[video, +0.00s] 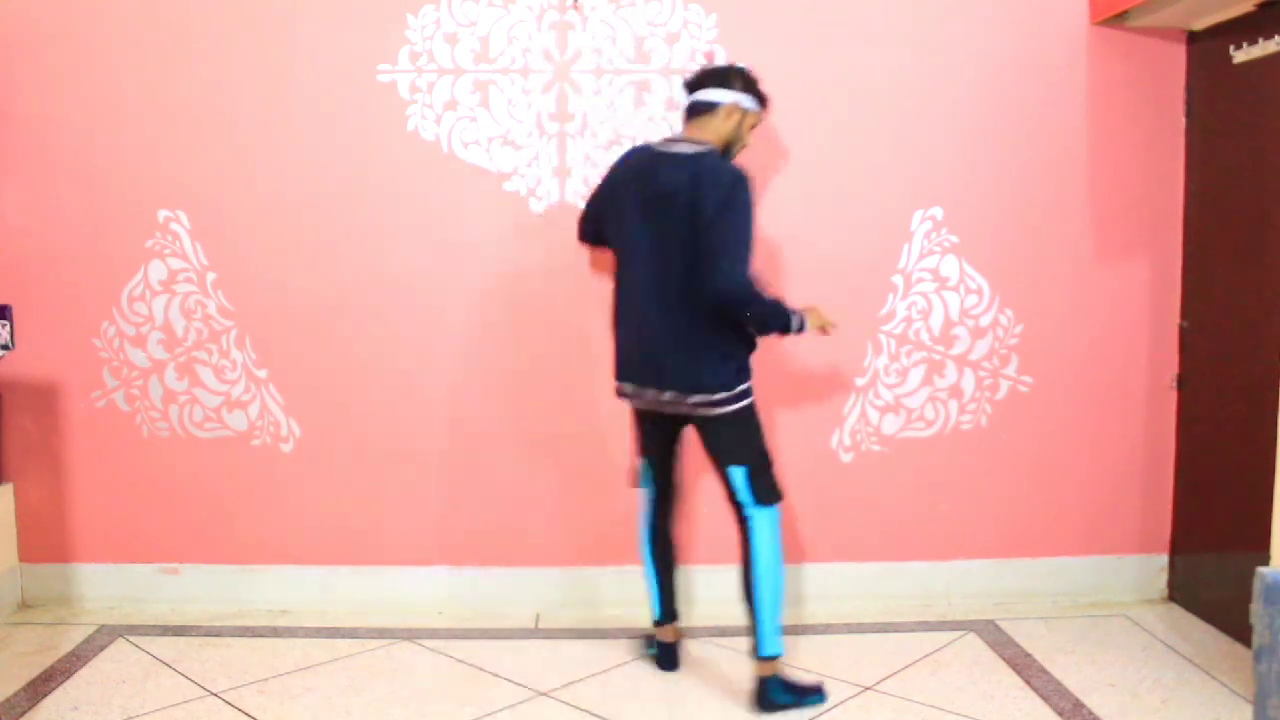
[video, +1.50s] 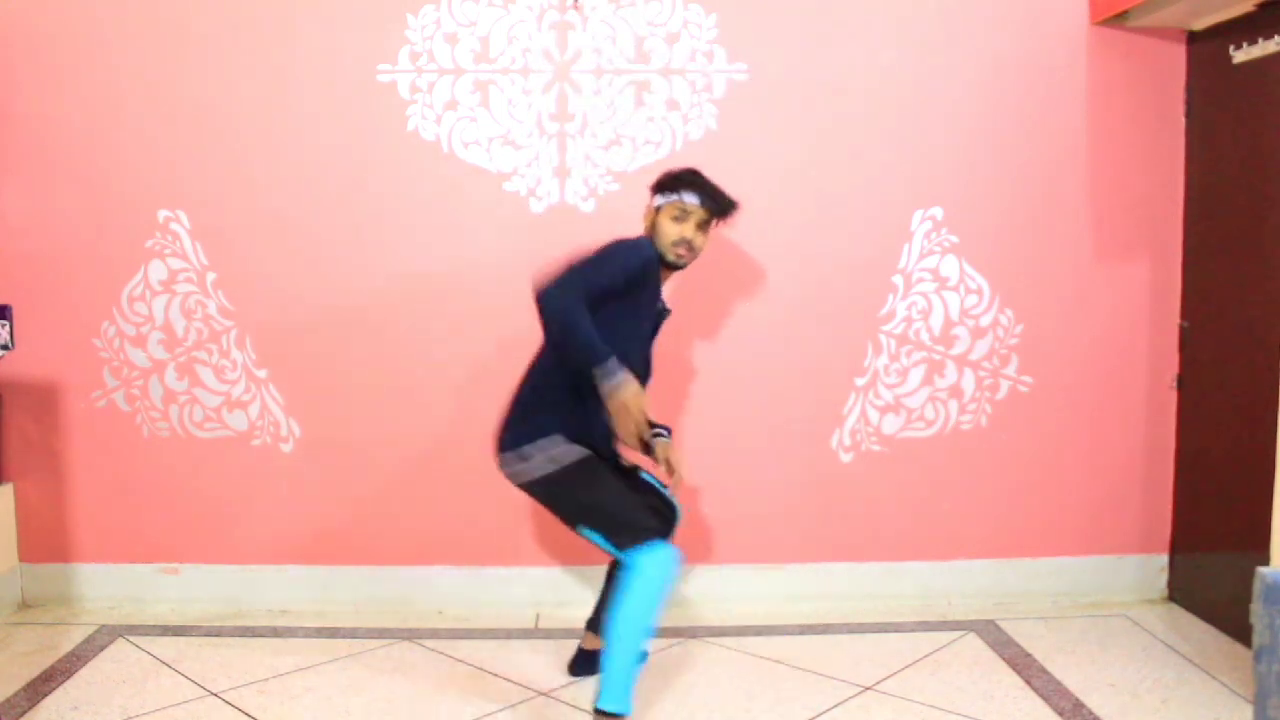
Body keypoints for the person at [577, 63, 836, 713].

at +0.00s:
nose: (749, 136)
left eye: (752, 124)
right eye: (750, 123)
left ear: (692, 110)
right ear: (731, 115)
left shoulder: (634, 164)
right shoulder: (723, 181)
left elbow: (594, 227)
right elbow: (725, 287)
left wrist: (657, 239)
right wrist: (793, 319)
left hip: (644, 377)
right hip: (713, 381)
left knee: (655, 495)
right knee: (759, 508)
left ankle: (665, 638)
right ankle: (769, 675)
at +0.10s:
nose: (768, 133)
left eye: (768, 123)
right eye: (767, 123)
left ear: (710, 119)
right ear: (752, 121)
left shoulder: (660, 173)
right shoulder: (765, 183)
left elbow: (609, 244)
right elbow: (796, 270)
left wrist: (653, 295)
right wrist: (805, 325)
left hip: (644, 384)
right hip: (728, 391)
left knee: (614, 489)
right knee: (779, 508)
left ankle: (606, 636)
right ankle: (810, 657)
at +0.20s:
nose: (771, 160)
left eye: (769, 149)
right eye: (770, 149)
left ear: (713, 153)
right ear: (758, 152)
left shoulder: (669, 215)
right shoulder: (778, 217)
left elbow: (643, 316)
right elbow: (788, 322)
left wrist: (666, 373)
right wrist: (795, 377)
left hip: (658, 407)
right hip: (742, 412)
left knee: (607, 511)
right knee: (797, 515)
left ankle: (563, 650)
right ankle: (812, 661)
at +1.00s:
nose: (748, 239)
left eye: (753, 229)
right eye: (748, 224)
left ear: (694, 212)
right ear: (721, 210)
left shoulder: (635, 258)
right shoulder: (719, 250)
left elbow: (647, 381)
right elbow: (705, 333)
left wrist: (720, 411)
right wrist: (743, 418)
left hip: (592, 439)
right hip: (657, 439)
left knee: (603, 510)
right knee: (764, 507)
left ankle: (599, 647)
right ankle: (783, 659)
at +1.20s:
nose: (713, 239)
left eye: (724, 231)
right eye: (707, 220)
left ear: (729, 235)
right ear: (676, 209)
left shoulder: (639, 254)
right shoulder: (662, 256)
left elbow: (664, 304)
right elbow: (653, 305)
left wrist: (715, 315)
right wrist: (713, 315)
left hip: (569, 443)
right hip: (619, 445)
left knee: (632, 513)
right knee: (730, 567)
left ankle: (603, 647)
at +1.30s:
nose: (691, 245)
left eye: (704, 238)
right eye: (684, 227)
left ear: (709, 244)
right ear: (656, 217)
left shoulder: (625, 267)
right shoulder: (641, 281)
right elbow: (613, 376)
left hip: (581, 458)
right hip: (608, 461)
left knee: (645, 526)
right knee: (725, 589)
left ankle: (603, 650)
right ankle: (627, 711)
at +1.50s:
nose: (689, 234)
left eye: (702, 226)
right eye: (679, 217)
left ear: (709, 237)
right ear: (653, 216)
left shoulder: (651, 300)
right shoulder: (633, 256)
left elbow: (619, 384)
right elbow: (558, 296)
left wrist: (650, 437)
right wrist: (612, 380)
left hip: (578, 441)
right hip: (540, 438)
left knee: (659, 512)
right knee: (652, 553)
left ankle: (597, 645)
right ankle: (613, 708)